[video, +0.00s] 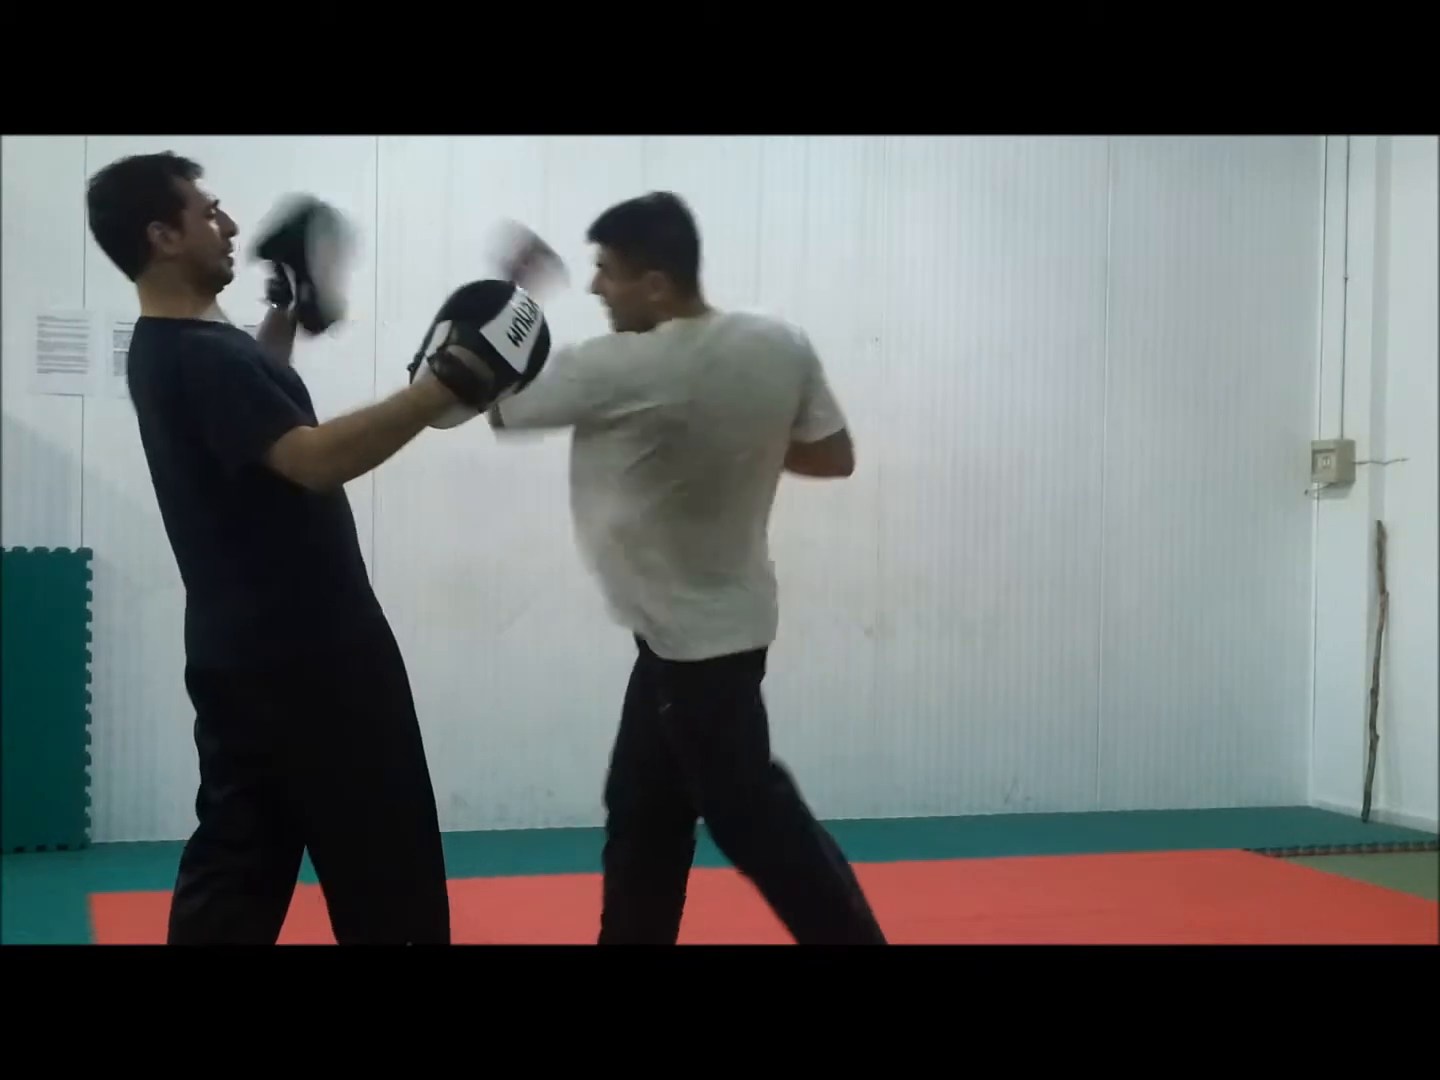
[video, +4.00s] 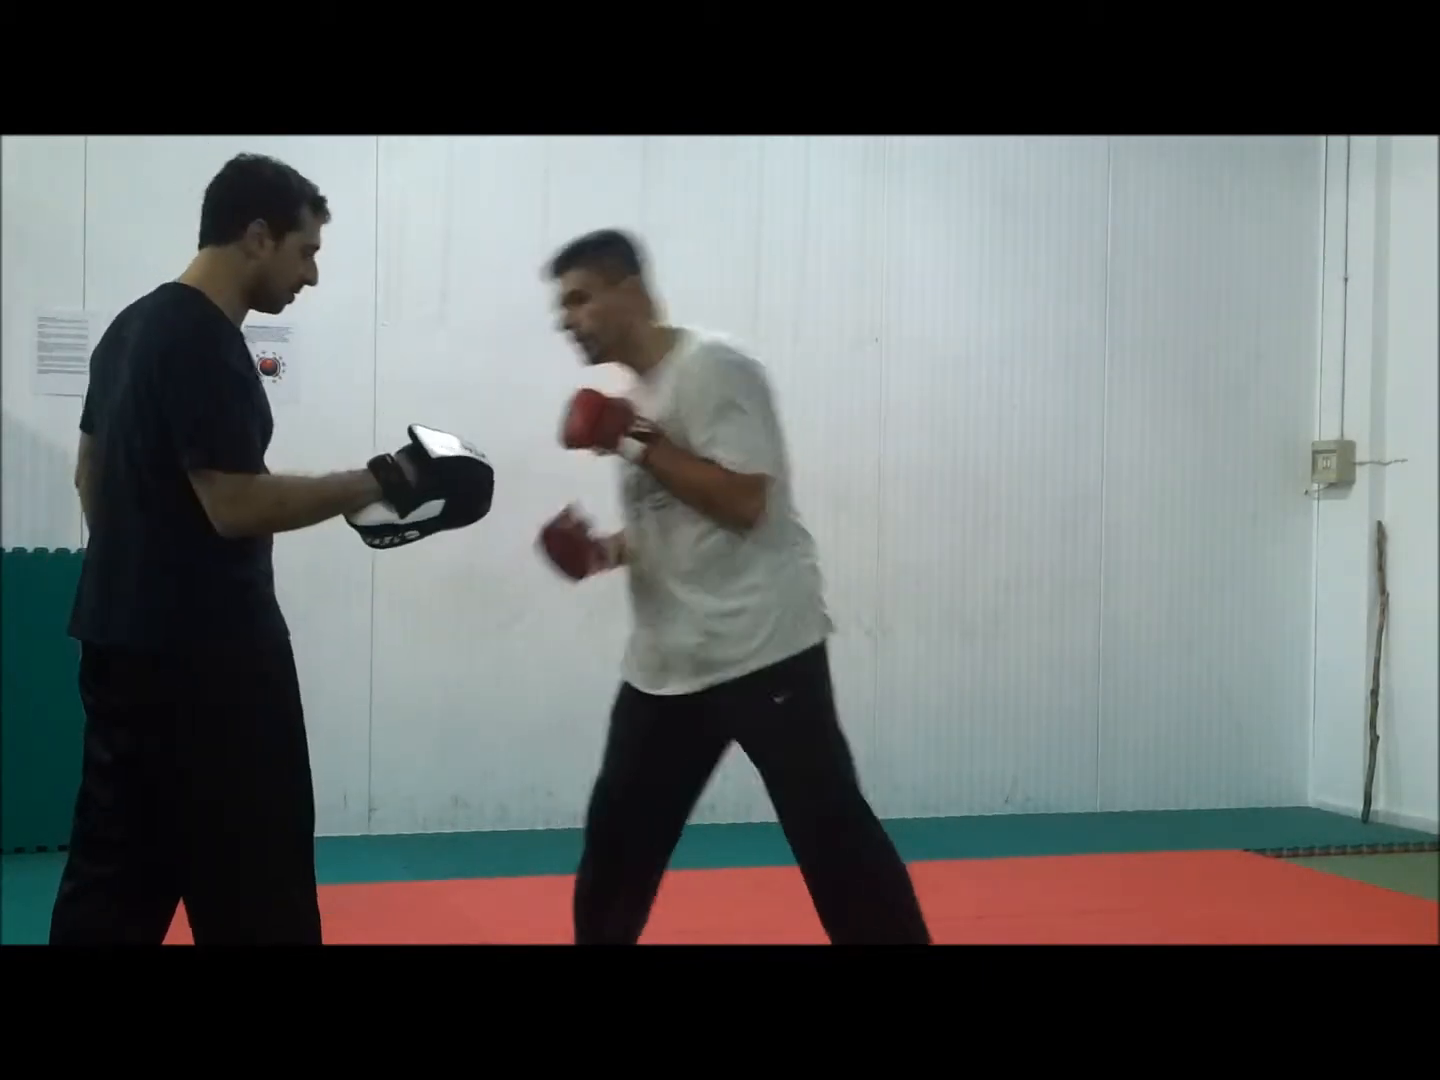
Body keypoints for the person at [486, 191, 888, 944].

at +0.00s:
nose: (596, 284)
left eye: (608, 270)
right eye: (599, 268)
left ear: (656, 280)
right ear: (668, 277)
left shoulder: (616, 366)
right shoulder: (778, 347)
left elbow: (491, 400)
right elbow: (834, 456)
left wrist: (510, 294)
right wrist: (735, 438)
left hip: (690, 638)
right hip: (729, 624)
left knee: (752, 818)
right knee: (643, 817)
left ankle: (851, 939)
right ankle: (632, 943)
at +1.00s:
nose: (765, 231)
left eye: (784, 218)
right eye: (763, 217)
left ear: (838, 226)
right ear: (766, 226)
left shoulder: (906, 335)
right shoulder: (748, 324)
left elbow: (960, 467)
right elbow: (723, 428)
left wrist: (852, 417)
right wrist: (730, 453)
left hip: (866, 605)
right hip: (759, 602)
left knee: (892, 794)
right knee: (740, 791)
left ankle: (924, 939)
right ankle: (758, 939)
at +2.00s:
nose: (509, 335)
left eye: (520, 314)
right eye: (502, 322)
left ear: (573, 301)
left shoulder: (666, 362)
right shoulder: (572, 416)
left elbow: (699, 497)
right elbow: (619, 544)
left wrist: (591, 433)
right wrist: (562, 555)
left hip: (741, 632)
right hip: (642, 659)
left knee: (819, 826)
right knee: (596, 843)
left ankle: (885, 942)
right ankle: (584, 946)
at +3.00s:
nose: (723, 307)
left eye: (737, 289)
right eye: (721, 292)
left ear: (791, 287)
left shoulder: (862, 377)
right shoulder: (772, 398)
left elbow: (841, 528)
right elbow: (760, 532)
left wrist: (768, 432)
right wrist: (710, 452)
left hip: (867, 660)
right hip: (776, 658)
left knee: (904, 855)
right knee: (690, 829)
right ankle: (656, 947)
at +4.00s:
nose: (568, 322)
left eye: (578, 300)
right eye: (562, 308)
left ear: (631, 290)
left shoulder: (720, 371)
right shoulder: (631, 404)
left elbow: (745, 501)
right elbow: (670, 530)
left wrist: (635, 434)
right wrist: (601, 551)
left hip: (765, 651)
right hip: (669, 661)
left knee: (835, 839)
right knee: (618, 844)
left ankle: (898, 944)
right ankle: (599, 942)